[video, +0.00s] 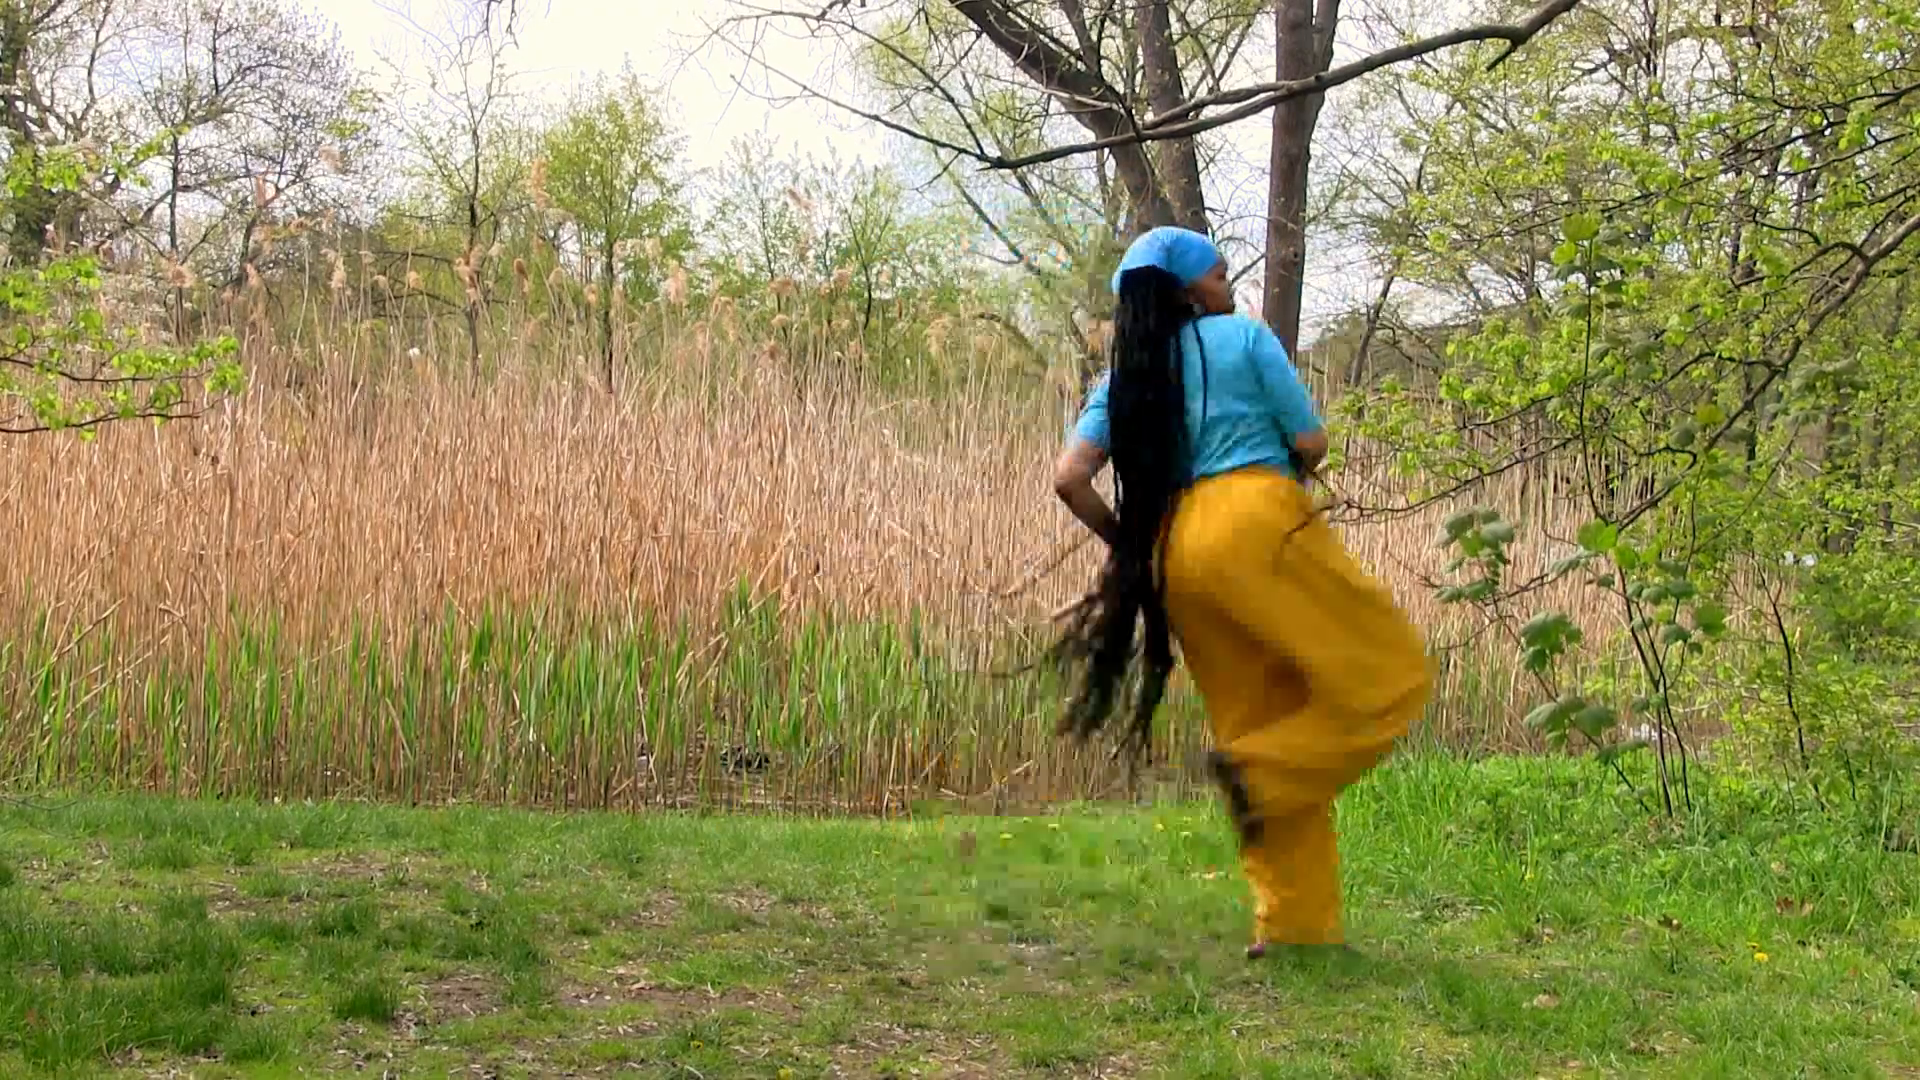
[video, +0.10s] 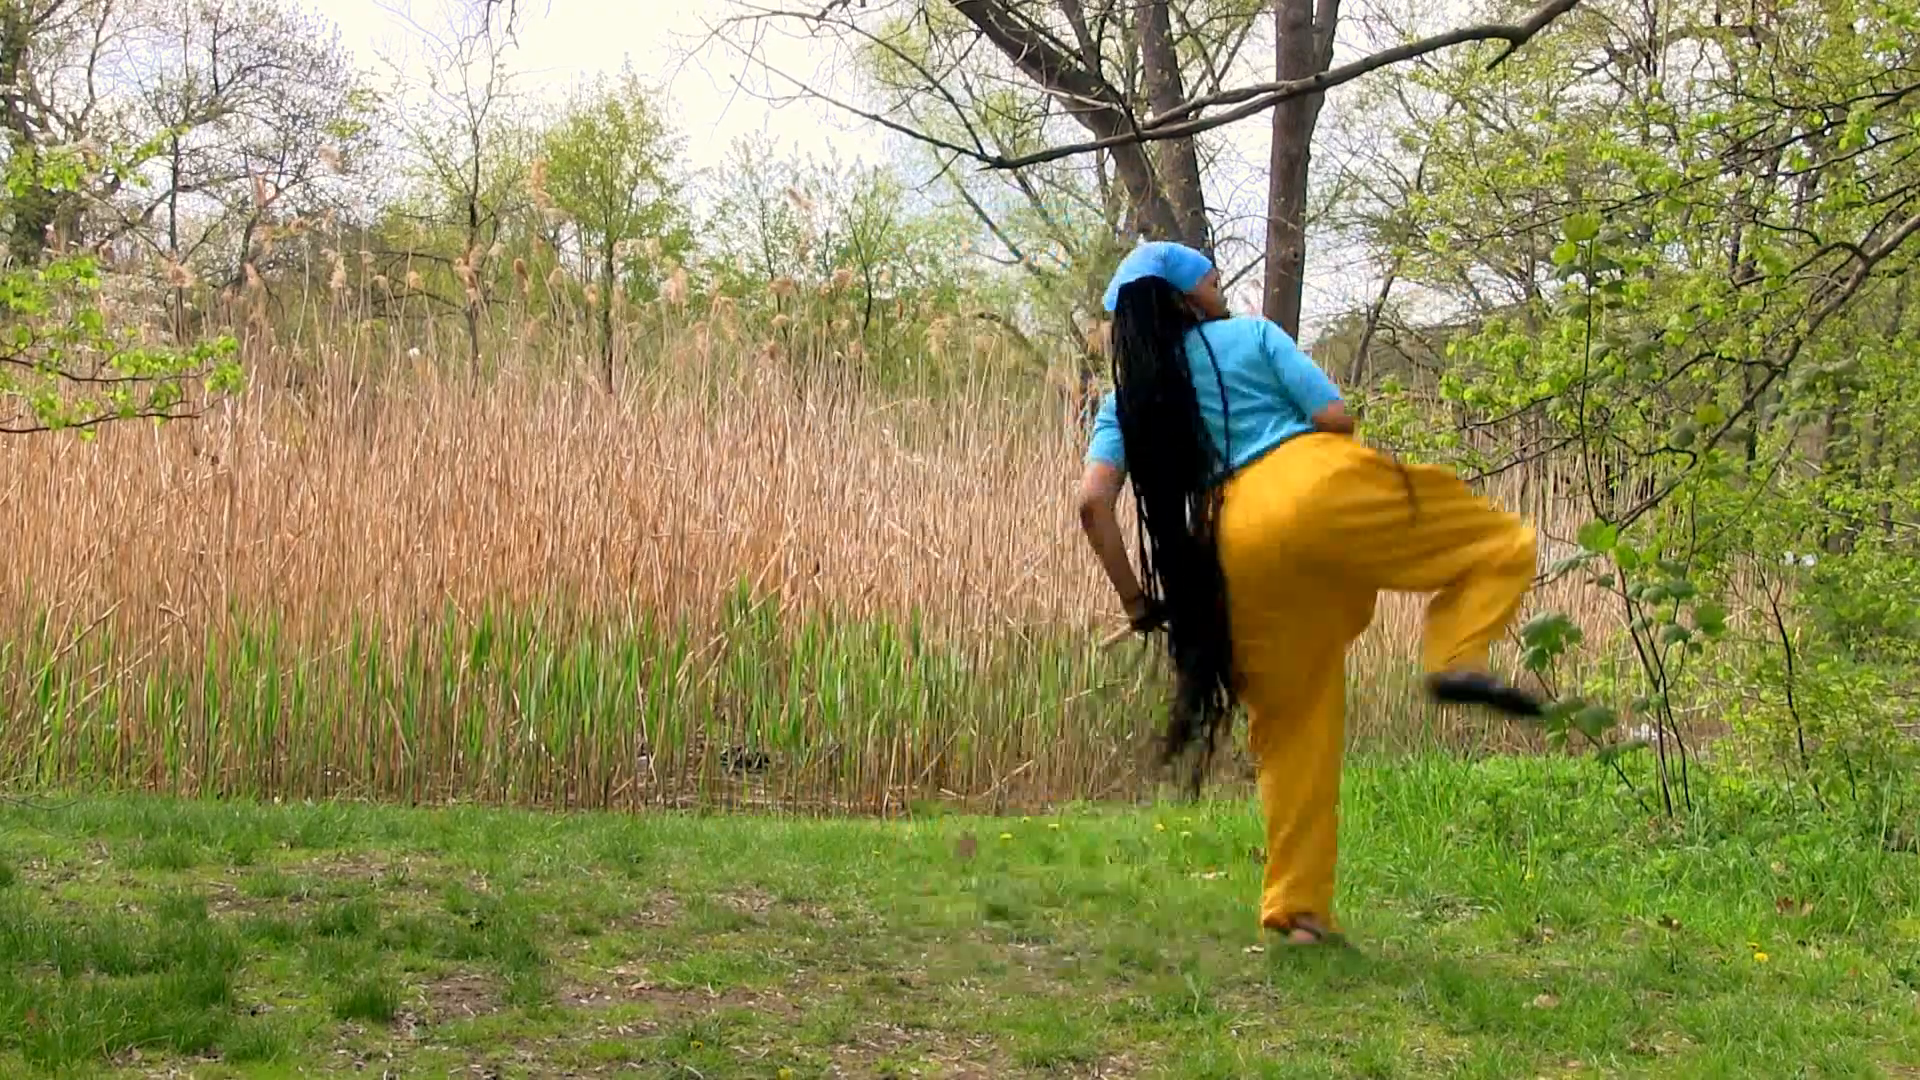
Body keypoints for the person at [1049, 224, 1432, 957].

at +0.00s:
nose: (1228, 285)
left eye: (1221, 272)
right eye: (1216, 275)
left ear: (1151, 298)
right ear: (1187, 289)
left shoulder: (1128, 371)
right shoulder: (1242, 336)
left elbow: (1071, 479)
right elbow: (1309, 442)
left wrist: (1125, 542)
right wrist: (1286, 474)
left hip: (1174, 547)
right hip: (1258, 525)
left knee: (1257, 736)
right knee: (1398, 673)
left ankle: (1290, 924)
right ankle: (1260, 766)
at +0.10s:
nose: (1219, 285)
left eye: (1211, 275)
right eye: (1209, 277)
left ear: (1140, 317)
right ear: (1185, 296)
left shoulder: (1125, 397)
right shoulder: (1247, 333)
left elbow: (1093, 500)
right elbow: (1334, 417)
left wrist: (1131, 595)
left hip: (1229, 537)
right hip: (1311, 481)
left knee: (1291, 722)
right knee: (1494, 538)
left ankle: (1295, 907)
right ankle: (1461, 659)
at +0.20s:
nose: (1216, 303)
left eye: (1206, 293)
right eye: (1203, 296)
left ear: (1131, 343)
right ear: (1183, 313)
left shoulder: (1127, 421)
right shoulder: (1244, 342)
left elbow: (1115, 511)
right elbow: (1346, 389)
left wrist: (1169, 599)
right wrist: (1416, 429)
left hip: (1295, 520)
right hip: (1358, 437)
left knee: (1334, 708)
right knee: (1533, 477)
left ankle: (1373, 916)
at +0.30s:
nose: (1207, 321)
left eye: (1192, 317)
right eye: (1197, 317)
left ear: (1126, 375)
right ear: (1188, 334)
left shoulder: (1145, 439)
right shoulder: (1258, 354)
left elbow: (1177, 518)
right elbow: (1361, 404)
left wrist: (1230, 615)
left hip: (1325, 514)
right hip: (1386, 435)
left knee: (1385, 706)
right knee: (1561, 430)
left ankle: (1390, 925)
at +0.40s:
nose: (1140, 393)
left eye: (1133, 380)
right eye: (1190, 341)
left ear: (1142, 386)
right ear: (1204, 344)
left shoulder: (1173, 450)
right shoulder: (1271, 369)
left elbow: (1232, 523)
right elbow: (1363, 416)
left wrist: (1272, 619)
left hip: (1351, 531)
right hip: (1403, 449)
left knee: (1393, 722)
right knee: (1585, 466)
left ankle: (1396, 929)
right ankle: (1742, 362)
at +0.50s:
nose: (1157, 364)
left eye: (1157, 352)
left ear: (1169, 362)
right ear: (1242, 330)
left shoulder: (1194, 438)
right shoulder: (1297, 358)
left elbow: (1254, 529)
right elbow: (1383, 414)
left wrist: (1242, 615)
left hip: (1358, 533)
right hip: (1421, 464)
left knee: (1385, 728)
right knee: (1569, 568)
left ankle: (1399, 930)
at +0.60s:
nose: (1189, 321)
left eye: (1200, 309)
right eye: (1192, 307)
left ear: (1243, 319)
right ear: (1257, 315)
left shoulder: (1225, 403)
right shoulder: (1339, 346)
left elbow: (1228, 531)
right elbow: (1396, 418)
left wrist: (1181, 579)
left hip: (1377, 538)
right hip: (1452, 494)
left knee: (1377, 735)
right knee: (1462, 661)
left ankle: (1393, 929)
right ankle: (1577, 650)